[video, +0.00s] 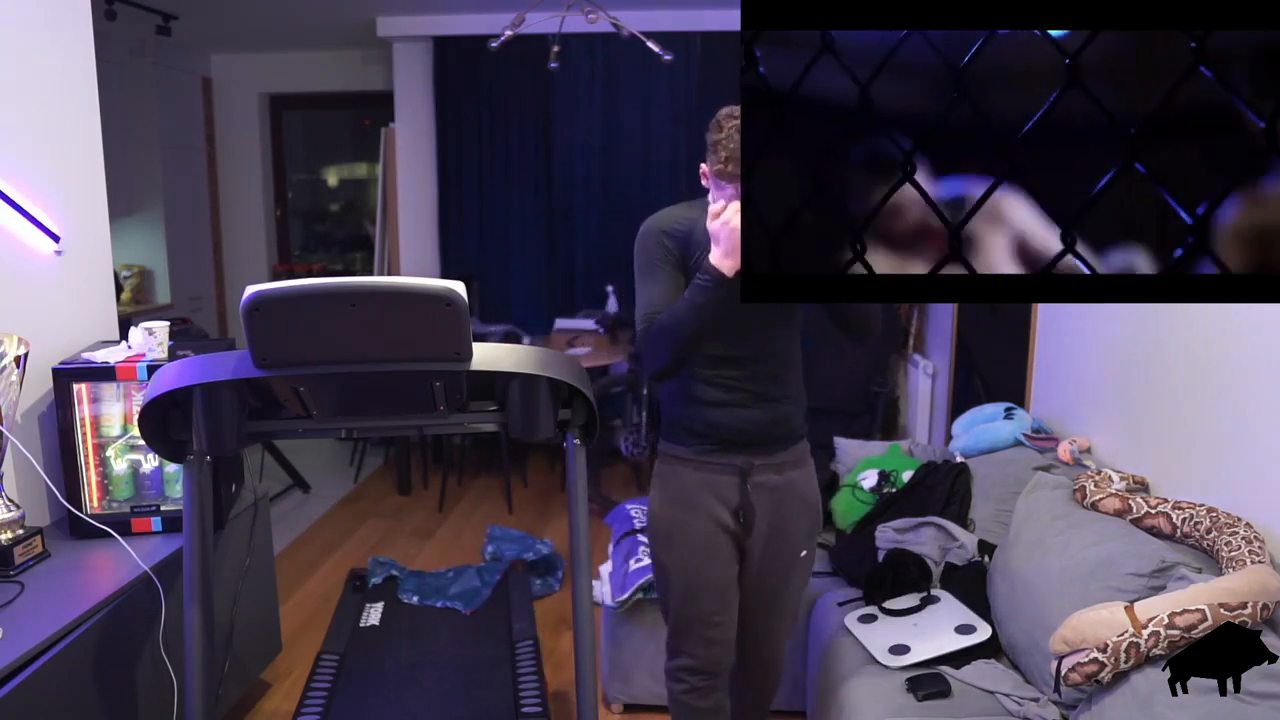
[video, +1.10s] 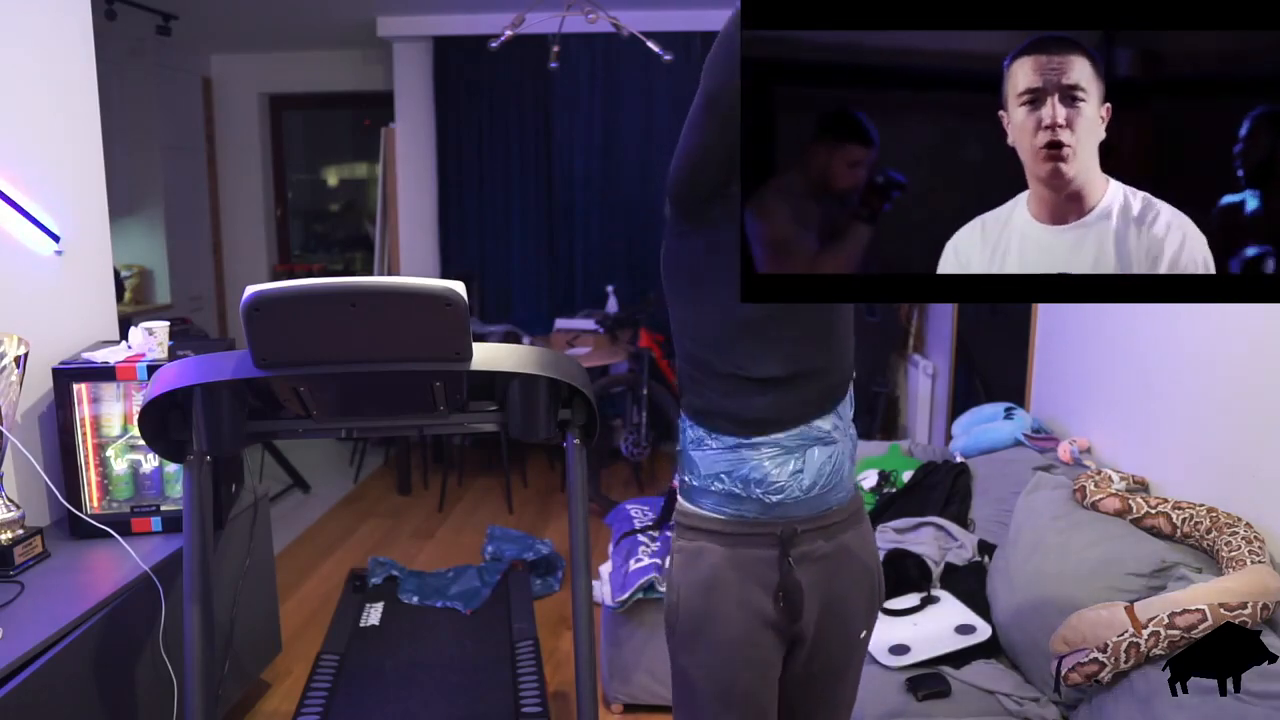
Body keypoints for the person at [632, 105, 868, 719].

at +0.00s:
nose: (736, 197)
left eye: (751, 182)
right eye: (725, 180)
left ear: (777, 180)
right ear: (706, 174)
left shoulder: (792, 230)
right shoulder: (667, 233)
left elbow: (865, 326)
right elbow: (654, 356)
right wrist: (720, 265)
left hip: (788, 477)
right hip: (693, 477)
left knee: (765, 669)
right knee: (701, 666)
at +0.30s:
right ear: (730, 141)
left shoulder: (794, 210)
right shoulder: (669, 212)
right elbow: (634, 270)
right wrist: (722, 161)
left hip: (794, 480)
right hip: (691, 490)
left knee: (805, 680)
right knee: (701, 689)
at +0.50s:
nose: (774, 133)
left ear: (810, 132)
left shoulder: (820, 210)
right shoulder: (681, 212)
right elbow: (617, 164)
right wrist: (728, 114)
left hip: (803, 504)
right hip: (693, 508)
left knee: (792, 704)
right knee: (697, 702)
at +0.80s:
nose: (759, 152)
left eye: (780, 138)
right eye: (751, 139)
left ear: (820, 163)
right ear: (734, 152)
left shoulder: (845, 246)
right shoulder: (702, 223)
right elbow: (691, 89)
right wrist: (789, 93)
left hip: (828, 532)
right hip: (707, 532)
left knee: (814, 711)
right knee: (716, 709)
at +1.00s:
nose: (833, 179)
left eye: (839, 166)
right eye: (817, 162)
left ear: (846, 169)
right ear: (771, 155)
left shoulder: (843, 230)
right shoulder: (703, 215)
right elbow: (727, 68)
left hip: (836, 533)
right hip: (717, 534)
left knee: (820, 714)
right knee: (733, 712)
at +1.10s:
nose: (864, 183)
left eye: (869, 169)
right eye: (854, 165)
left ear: (867, 169)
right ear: (809, 155)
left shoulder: (842, 233)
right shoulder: (701, 215)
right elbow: (735, 50)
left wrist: (866, 222)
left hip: (838, 544)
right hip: (721, 551)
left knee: (823, 714)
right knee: (730, 712)